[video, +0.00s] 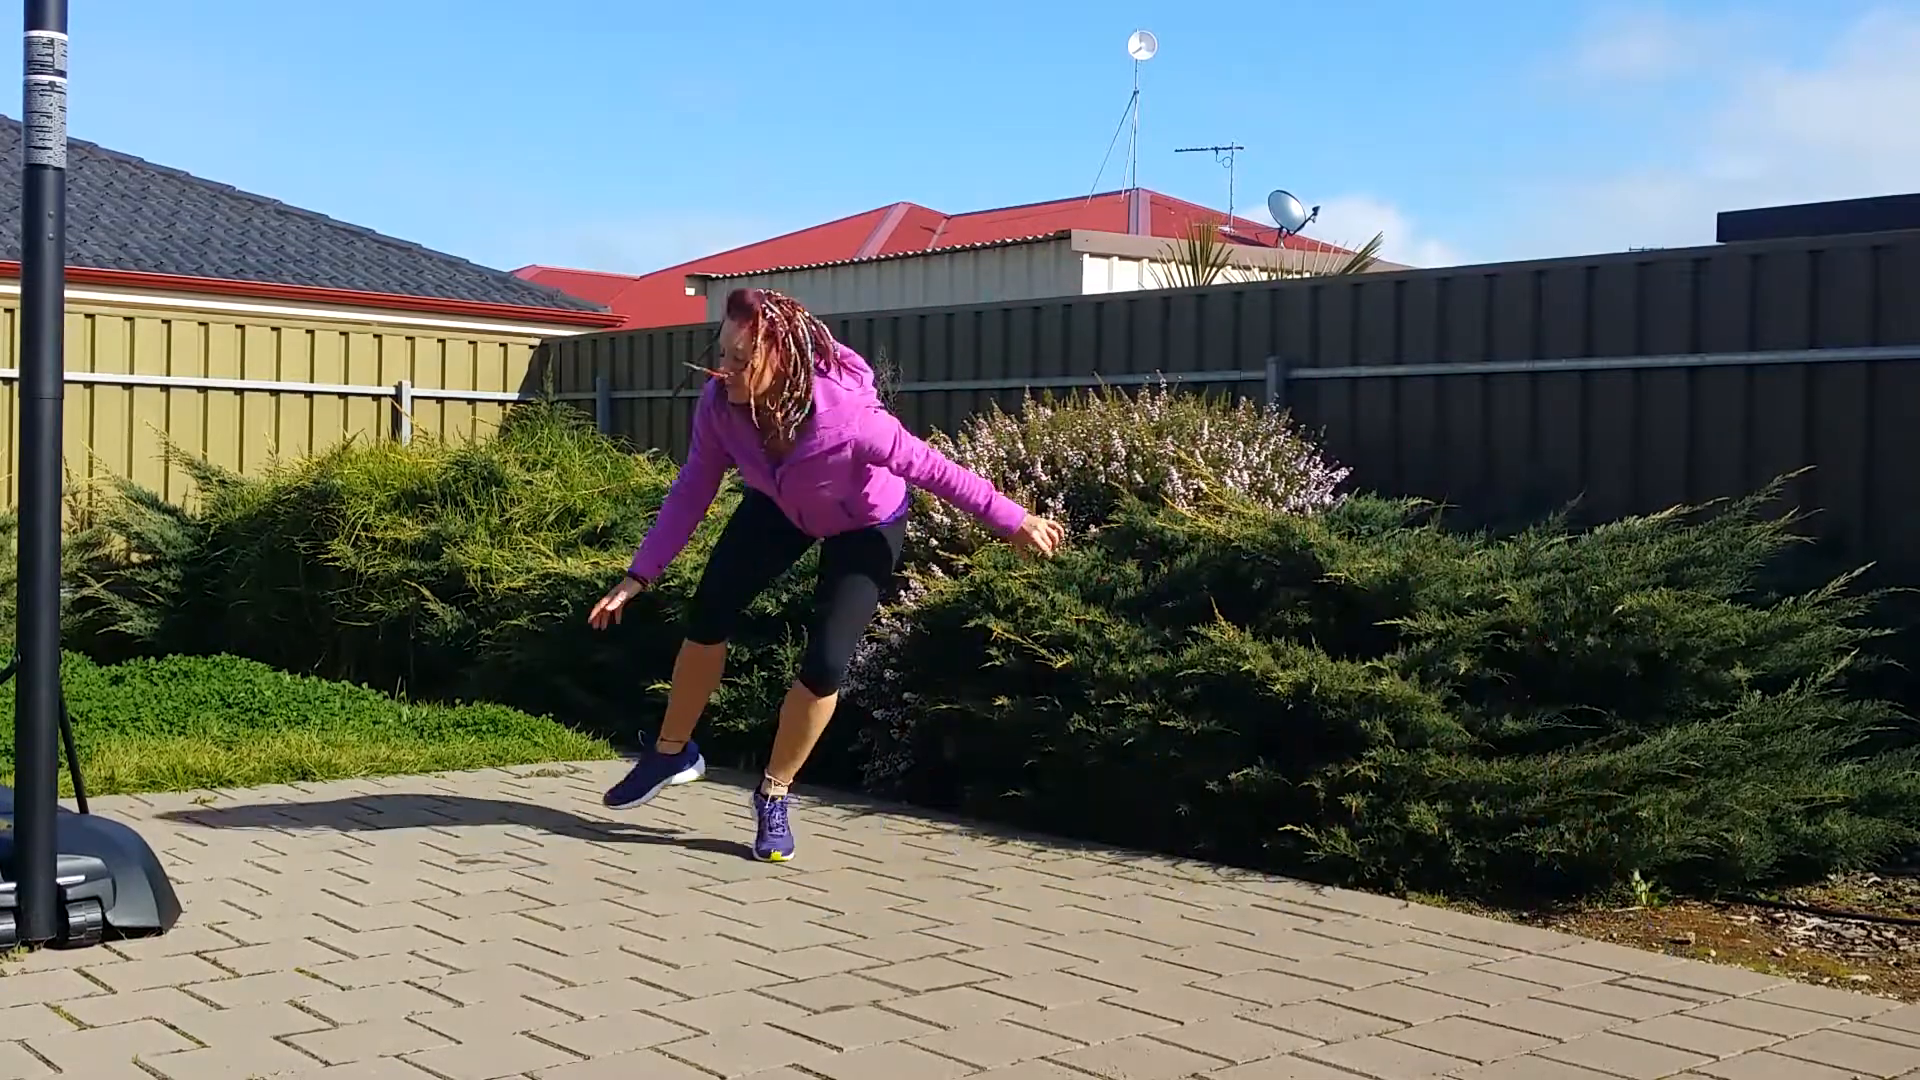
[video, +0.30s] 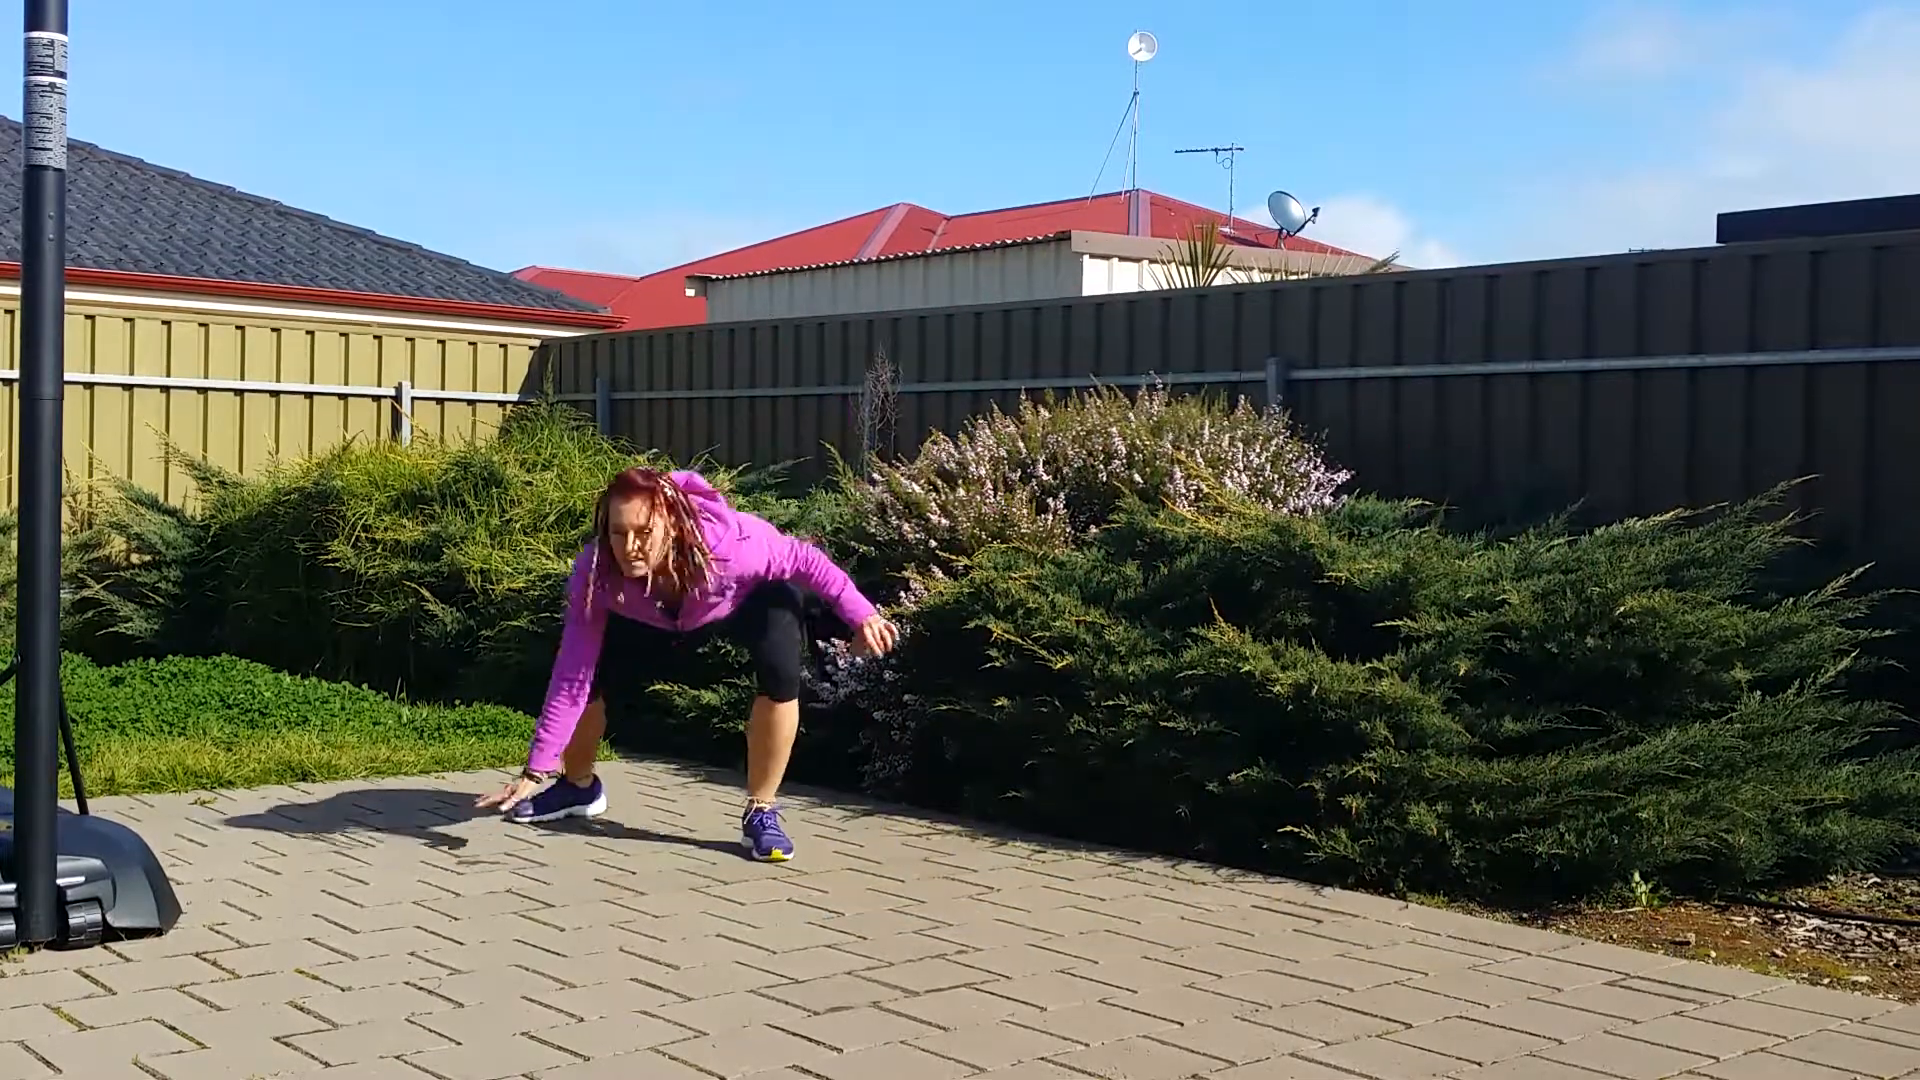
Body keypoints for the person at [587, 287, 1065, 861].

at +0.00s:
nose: (725, 368)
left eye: (739, 359)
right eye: (723, 354)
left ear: (781, 362)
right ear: (721, 352)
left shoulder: (845, 414)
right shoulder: (720, 405)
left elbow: (931, 467)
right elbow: (690, 491)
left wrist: (1014, 520)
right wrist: (638, 576)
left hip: (864, 513)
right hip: (779, 499)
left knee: (827, 662)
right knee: (710, 611)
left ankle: (774, 794)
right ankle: (670, 750)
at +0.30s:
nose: (629, 547)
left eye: (641, 533)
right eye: (617, 533)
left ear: (671, 525)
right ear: (604, 531)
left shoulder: (728, 544)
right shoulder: (595, 573)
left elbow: (806, 561)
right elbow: (571, 674)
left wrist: (863, 614)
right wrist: (539, 772)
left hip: (735, 613)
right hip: (656, 623)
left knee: (780, 637)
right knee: (594, 657)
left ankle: (762, 811)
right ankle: (576, 785)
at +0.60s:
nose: (599, 571)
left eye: (610, 556)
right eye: (586, 559)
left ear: (635, 549)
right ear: (571, 557)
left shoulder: (691, 562)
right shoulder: (559, 596)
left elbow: (765, 562)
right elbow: (532, 689)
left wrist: (819, 620)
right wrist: (496, 781)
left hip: (710, 607)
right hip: (625, 626)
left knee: (776, 649)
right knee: (552, 695)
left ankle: (760, 809)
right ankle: (577, 784)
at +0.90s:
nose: (709, 399)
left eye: (722, 385)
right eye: (697, 386)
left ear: (746, 388)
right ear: (681, 389)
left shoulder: (788, 425)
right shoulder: (663, 441)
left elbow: (862, 479)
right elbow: (631, 509)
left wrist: (920, 537)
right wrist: (598, 576)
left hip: (814, 536)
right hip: (732, 533)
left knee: (807, 669)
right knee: (670, 642)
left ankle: (775, 804)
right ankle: (672, 780)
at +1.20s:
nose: (834, 366)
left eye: (847, 353)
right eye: (820, 353)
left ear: (870, 360)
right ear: (800, 359)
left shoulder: (906, 411)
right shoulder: (772, 430)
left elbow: (974, 479)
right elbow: (748, 519)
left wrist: (1049, 532)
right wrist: (716, 599)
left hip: (940, 556)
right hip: (850, 566)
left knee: (1013, 677)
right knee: (791, 689)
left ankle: (1109, 818)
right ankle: (829, 829)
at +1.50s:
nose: (1039, 312)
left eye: (1054, 297)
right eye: (1023, 299)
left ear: (1081, 305)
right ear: (1002, 311)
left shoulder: (1127, 363)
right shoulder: (985, 392)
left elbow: (1200, 440)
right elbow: (973, 464)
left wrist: (1272, 498)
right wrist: (950, 521)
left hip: (1168, 528)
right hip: (1066, 535)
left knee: (1203, 685)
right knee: (992, 674)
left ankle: (1205, 853)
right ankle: (1011, 832)